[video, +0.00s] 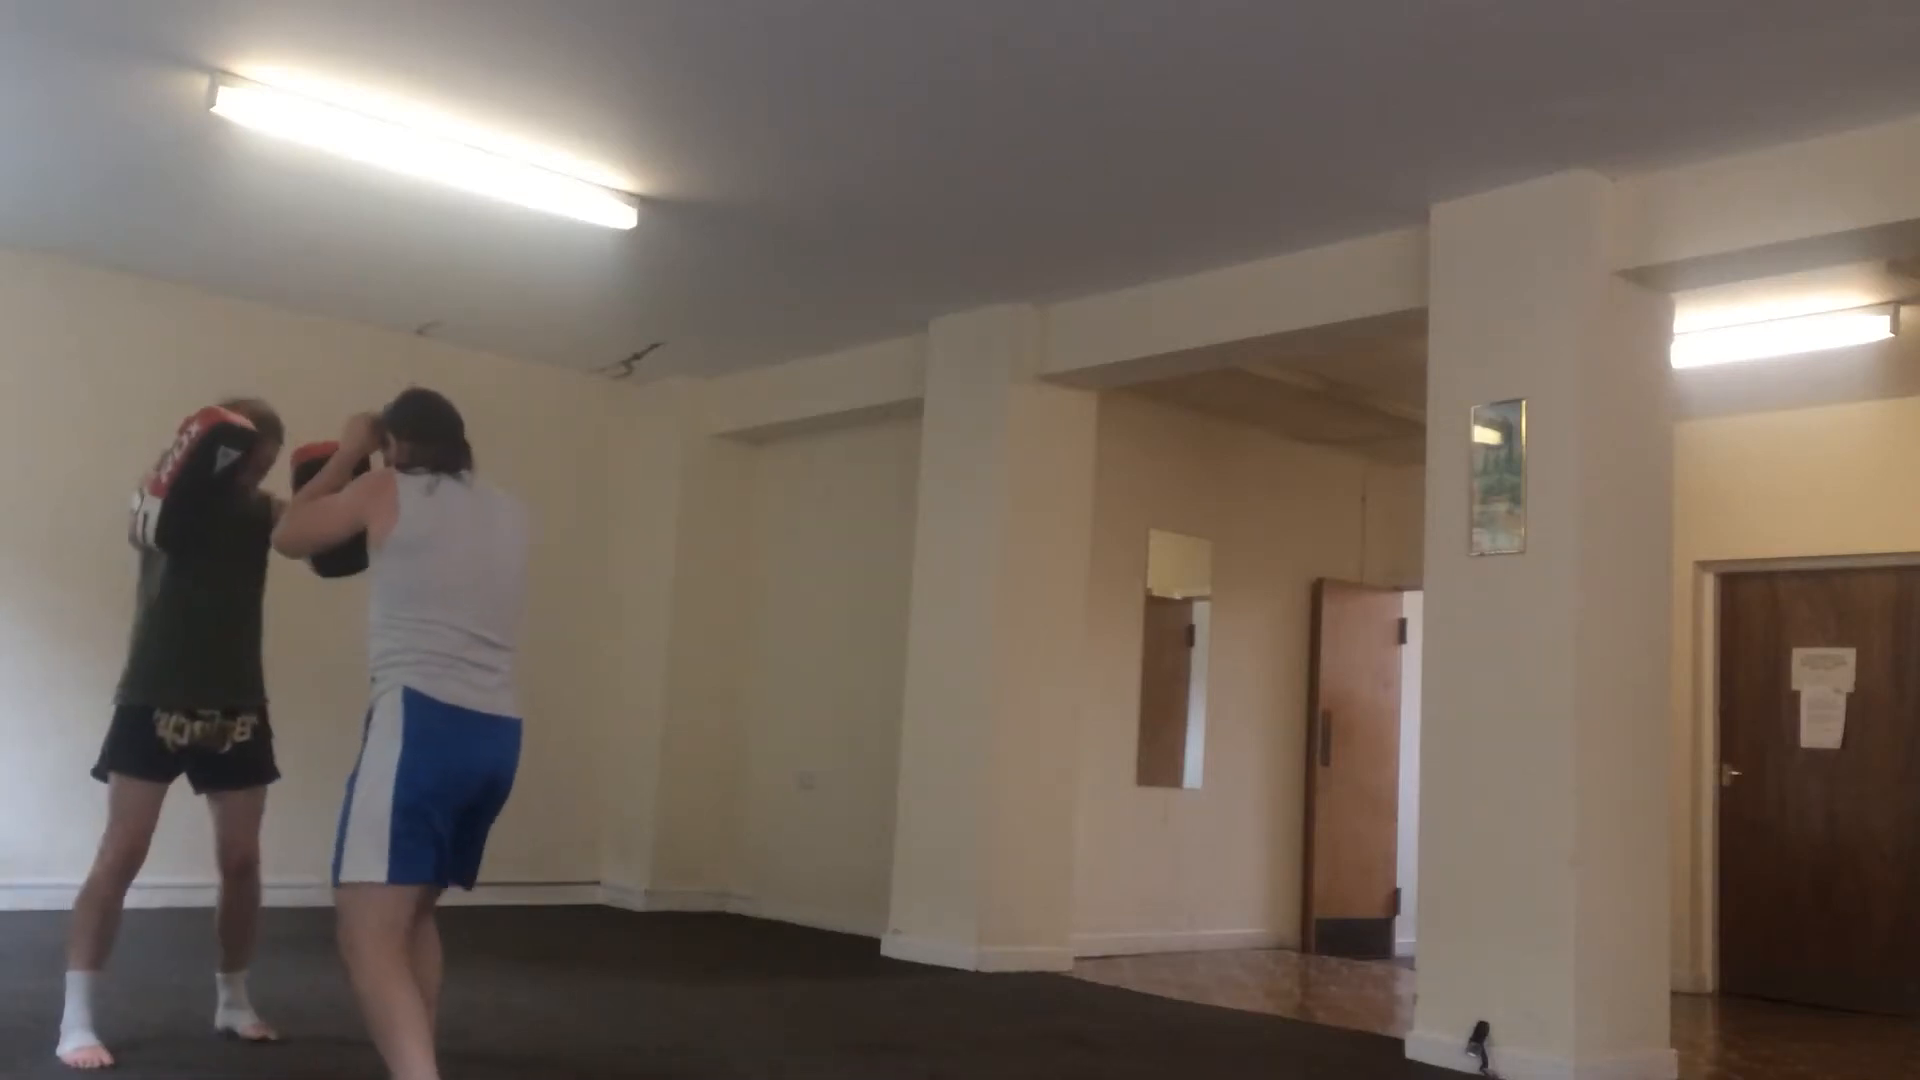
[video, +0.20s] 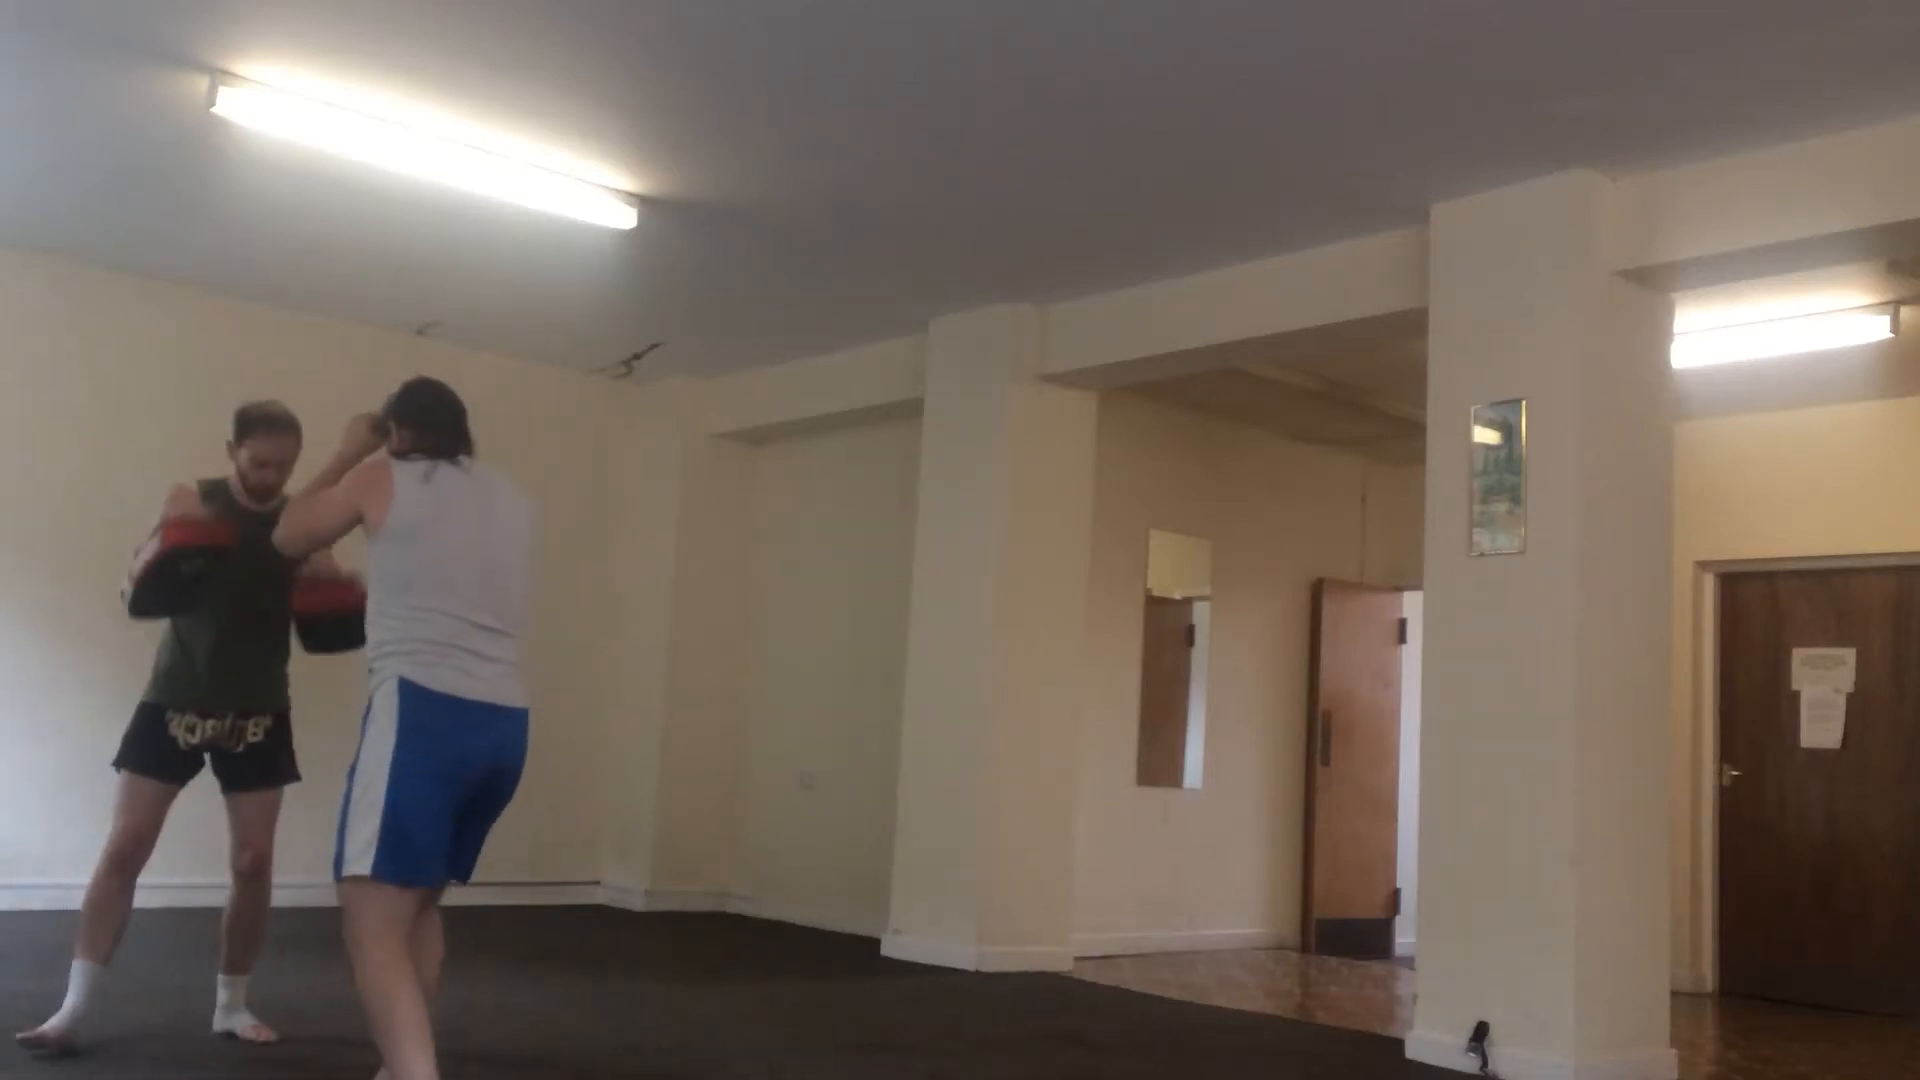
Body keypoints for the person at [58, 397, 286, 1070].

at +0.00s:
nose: (251, 466)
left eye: (260, 457)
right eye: (242, 452)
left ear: (269, 462)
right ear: (211, 444)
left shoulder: (262, 512)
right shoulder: (159, 504)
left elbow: (335, 554)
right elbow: (168, 524)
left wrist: (339, 488)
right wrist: (195, 456)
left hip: (235, 703)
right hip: (155, 700)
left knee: (241, 861)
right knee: (120, 857)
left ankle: (234, 1001)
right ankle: (76, 1021)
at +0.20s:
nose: (267, 476)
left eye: (280, 465)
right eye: (258, 462)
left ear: (296, 461)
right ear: (233, 451)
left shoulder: (304, 521)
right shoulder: (192, 502)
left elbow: (323, 630)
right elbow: (143, 598)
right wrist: (193, 553)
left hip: (256, 709)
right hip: (176, 703)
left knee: (254, 863)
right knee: (123, 852)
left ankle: (232, 1007)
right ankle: (75, 1008)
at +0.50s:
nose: (246, 475)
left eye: (257, 463)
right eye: (234, 463)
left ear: (272, 459)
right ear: (209, 459)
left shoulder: (289, 524)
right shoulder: (184, 515)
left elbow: (275, 624)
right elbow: (165, 593)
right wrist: (132, 589)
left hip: (249, 707)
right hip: (176, 700)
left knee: (248, 867)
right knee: (127, 852)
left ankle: (233, 1006)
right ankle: (140, 986)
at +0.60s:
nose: (229, 478)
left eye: (239, 465)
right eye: (216, 467)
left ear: (257, 458)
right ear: (193, 463)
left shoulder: (278, 526)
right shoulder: (175, 521)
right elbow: (169, 605)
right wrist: (117, 589)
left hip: (242, 711)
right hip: (168, 704)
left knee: (245, 858)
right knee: (133, 850)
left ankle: (245, 992)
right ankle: (143, 988)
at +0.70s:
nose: (220, 476)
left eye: (230, 463)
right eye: (208, 466)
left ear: (251, 457)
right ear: (189, 464)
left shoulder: (272, 523)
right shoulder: (180, 519)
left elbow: (226, 603)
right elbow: (164, 594)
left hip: (239, 707)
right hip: (167, 703)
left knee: (237, 852)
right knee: (137, 849)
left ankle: (256, 1003)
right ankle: (145, 988)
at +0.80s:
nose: (219, 475)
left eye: (229, 462)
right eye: (207, 465)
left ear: (251, 456)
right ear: (191, 464)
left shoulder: (271, 523)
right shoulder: (195, 519)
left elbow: (217, 609)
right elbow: (173, 599)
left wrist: (159, 572)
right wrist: (138, 578)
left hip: (235, 711)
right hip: (171, 706)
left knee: (229, 851)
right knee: (140, 848)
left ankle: (253, 1014)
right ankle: (145, 989)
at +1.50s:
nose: (213, 461)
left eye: (225, 448)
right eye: (202, 452)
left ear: (255, 453)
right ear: (191, 461)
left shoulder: (274, 530)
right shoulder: (209, 527)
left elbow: (213, 613)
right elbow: (185, 602)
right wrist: (134, 576)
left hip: (244, 713)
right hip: (189, 706)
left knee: (231, 860)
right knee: (157, 848)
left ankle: (255, 1009)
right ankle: (167, 988)